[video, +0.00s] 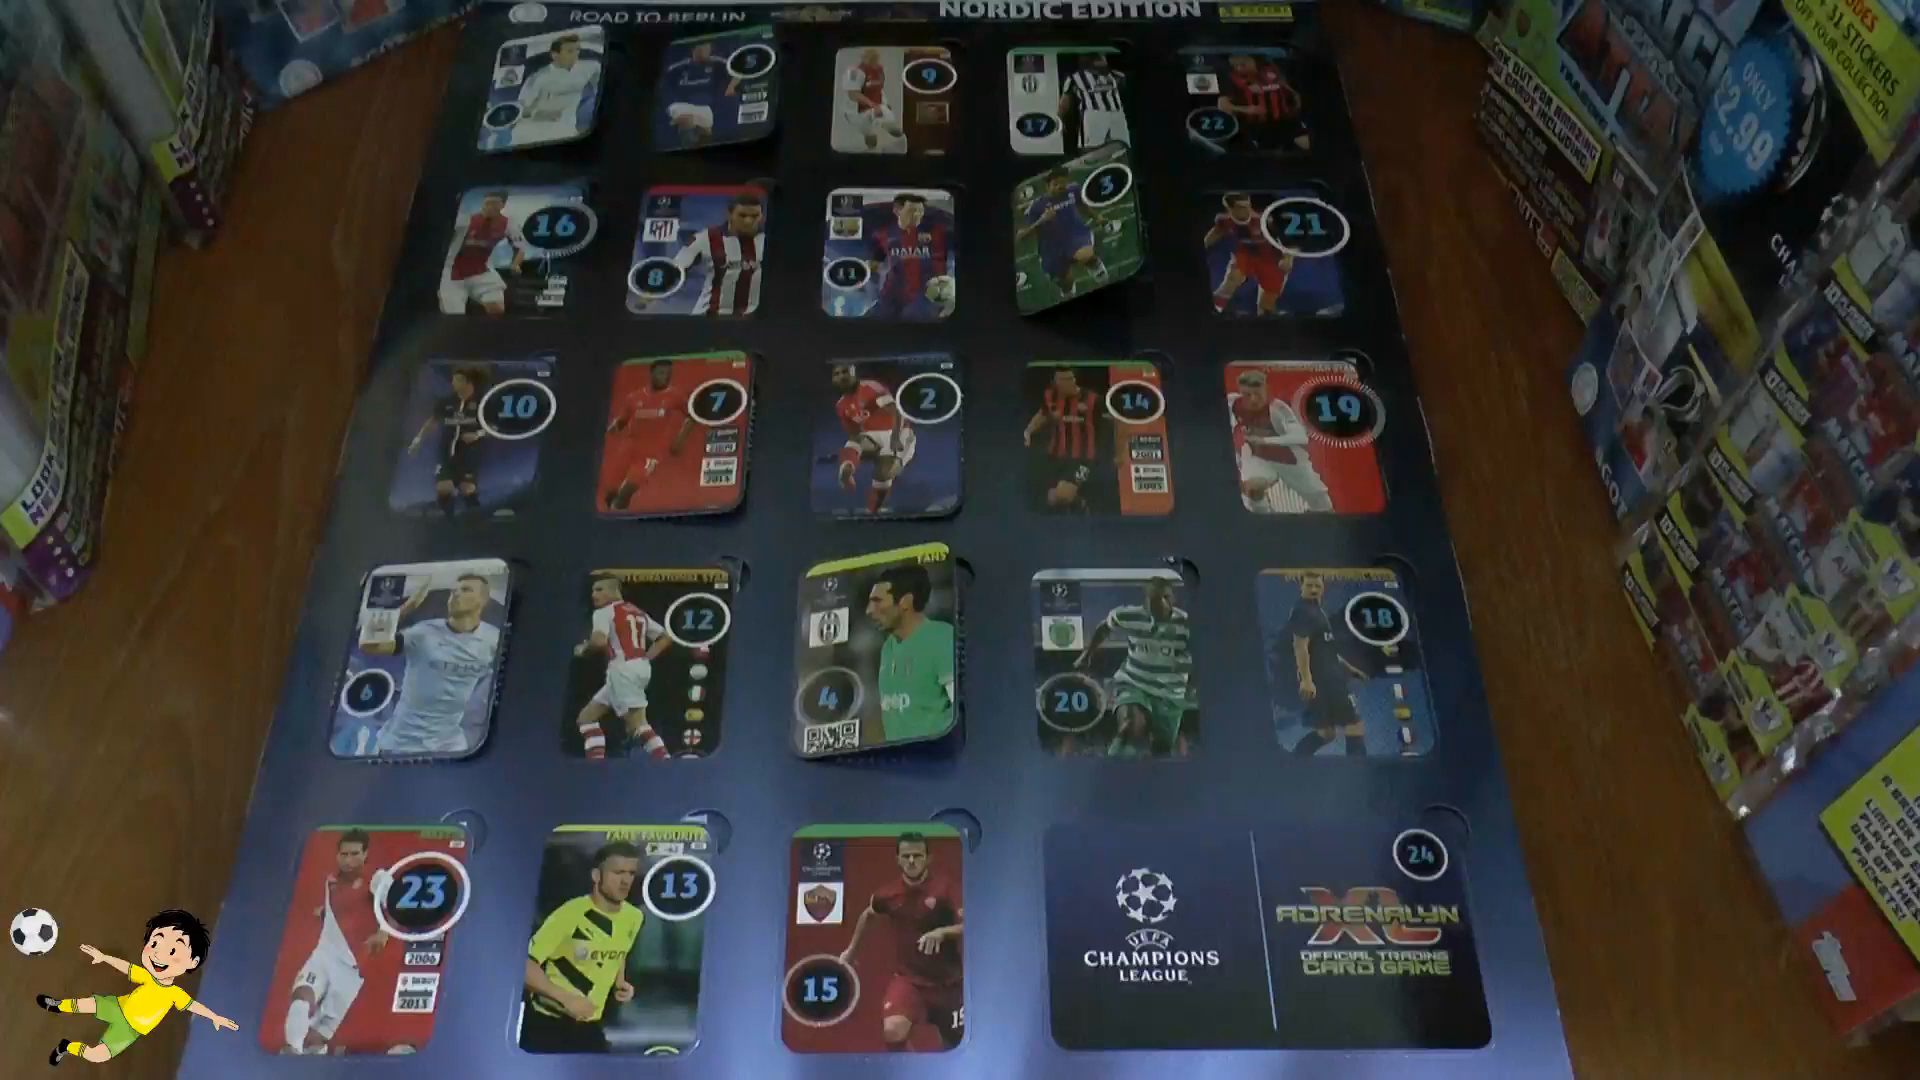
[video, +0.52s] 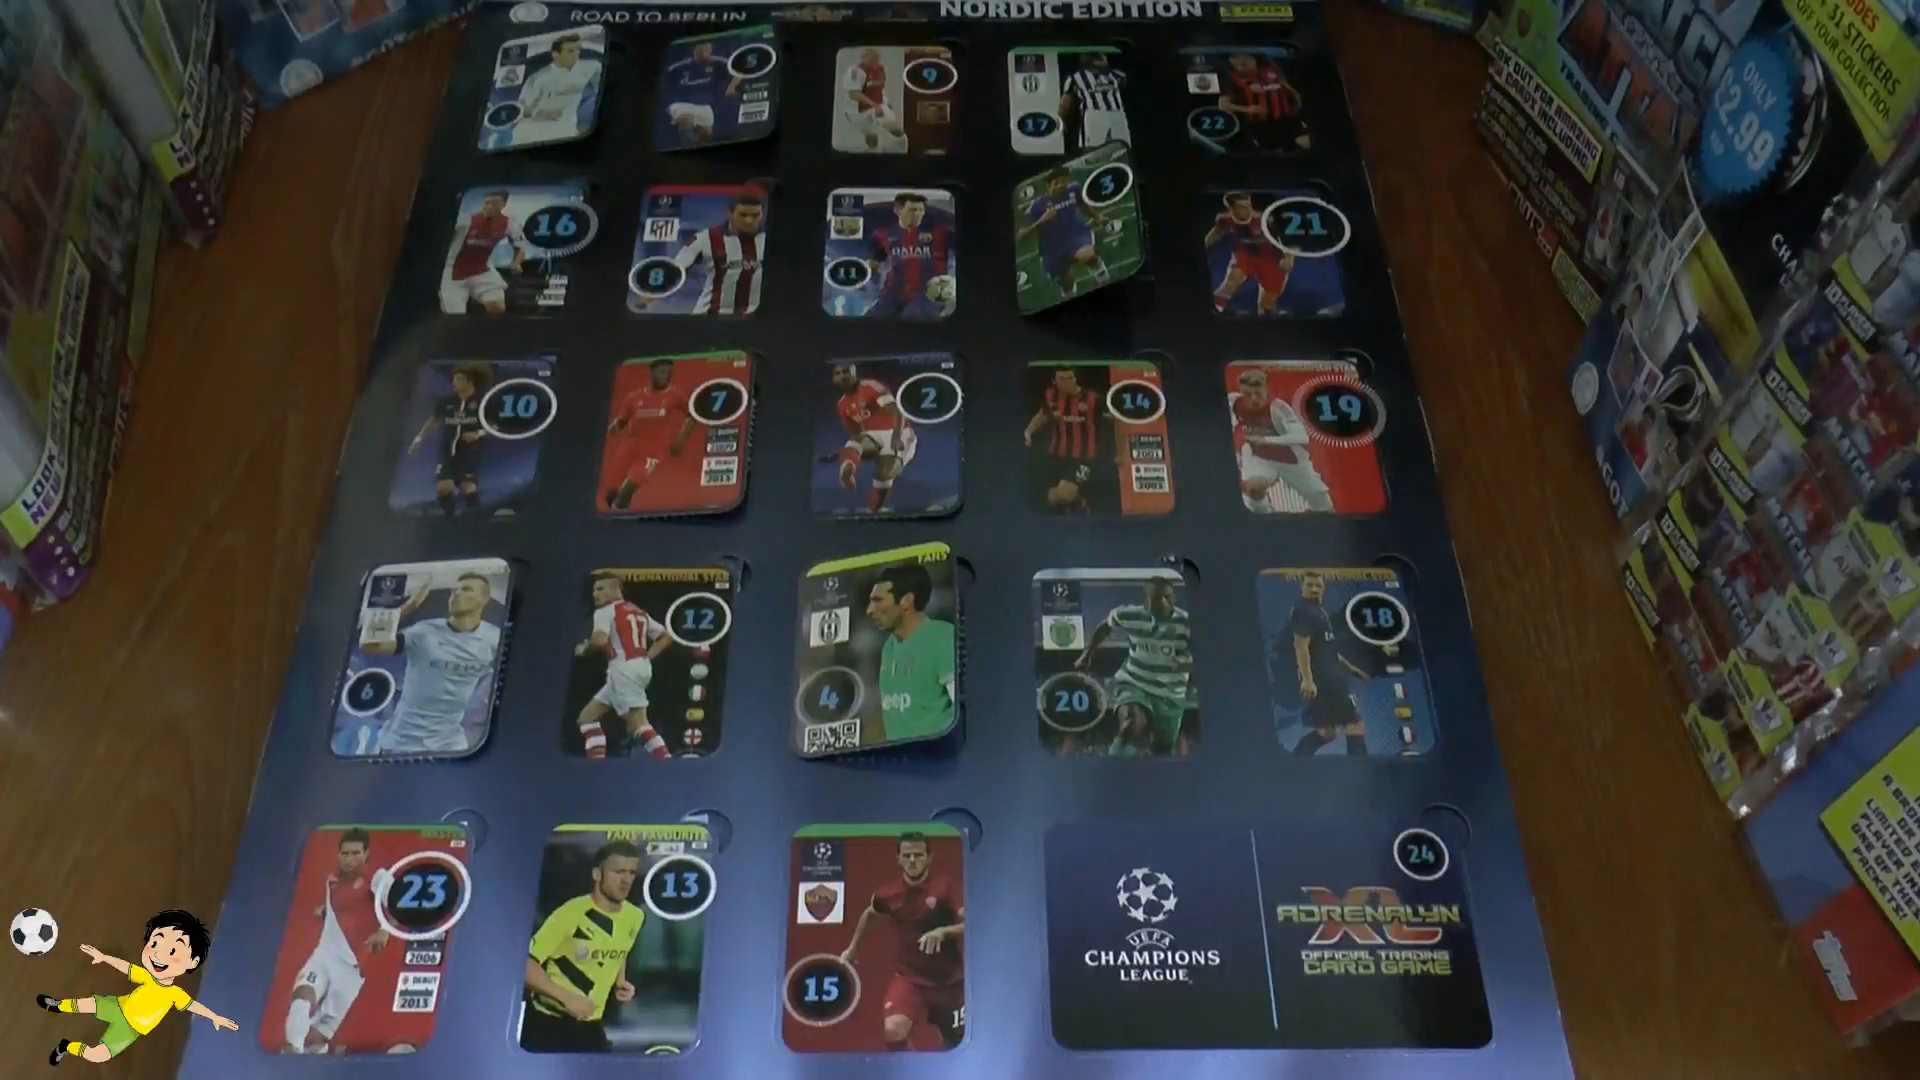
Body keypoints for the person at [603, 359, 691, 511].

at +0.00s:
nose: (663, 376)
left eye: (666, 373)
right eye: (659, 372)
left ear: (670, 375)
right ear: (652, 374)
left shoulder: (674, 397)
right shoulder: (635, 397)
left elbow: (692, 416)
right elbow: (621, 421)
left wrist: (679, 441)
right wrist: (616, 425)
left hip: (654, 451)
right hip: (631, 449)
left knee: (626, 490)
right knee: (610, 490)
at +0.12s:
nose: (662, 377)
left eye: (666, 373)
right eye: (659, 372)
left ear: (670, 375)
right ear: (651, 373)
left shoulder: (674, 397)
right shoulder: (635, 397)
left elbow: (692, 415)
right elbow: (621, 422)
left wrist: (679, 441)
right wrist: (616, 425)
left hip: (655, 450)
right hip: (631, 449)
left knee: (627, 489)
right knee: (610, 490)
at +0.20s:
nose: (662, 376)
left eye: (666, 372)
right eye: (659, 372)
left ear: (670, 375)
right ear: (651, 373)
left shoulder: (675, 397)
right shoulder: (635, 397)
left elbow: (692, 415)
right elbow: (620, 422)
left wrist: (679, 441)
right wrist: (616, 425)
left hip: (654, 451)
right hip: (631, 449)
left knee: (626, 490)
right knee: (611, 491)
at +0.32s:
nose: (663, 376)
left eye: (666, 372)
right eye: (659, 372)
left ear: (670, 375)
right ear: (651, 373)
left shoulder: (675, 396)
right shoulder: (635, 397)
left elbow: (693, 415)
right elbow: (620, 422)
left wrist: (680, 440)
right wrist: (616, 425)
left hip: (654, 451)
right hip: (630, 450)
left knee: (626, 490)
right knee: (612, 492)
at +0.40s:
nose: (664, 376)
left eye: (667, 372)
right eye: (660, 372)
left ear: (670, 375)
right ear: (651, 373)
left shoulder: (675, 396)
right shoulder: (635, 397)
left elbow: (693, 415)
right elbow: (620, 422)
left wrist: (680, 440)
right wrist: (617, 425)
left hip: (654, 451)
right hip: (631, 450)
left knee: (626, 490)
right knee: (611, 492)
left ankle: (612, 524)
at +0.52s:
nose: (664, 376)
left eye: (667, 372)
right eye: (660, 372)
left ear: (671, 374)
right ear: (652, 373)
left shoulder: (675, 396)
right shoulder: (635, 396)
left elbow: (693, 415)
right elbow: (621, 421)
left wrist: (680, 441)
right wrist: (617, 425)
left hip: (654, 451)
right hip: (630, 450)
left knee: (626, 490)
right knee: (611, 491)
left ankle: (612, 525)